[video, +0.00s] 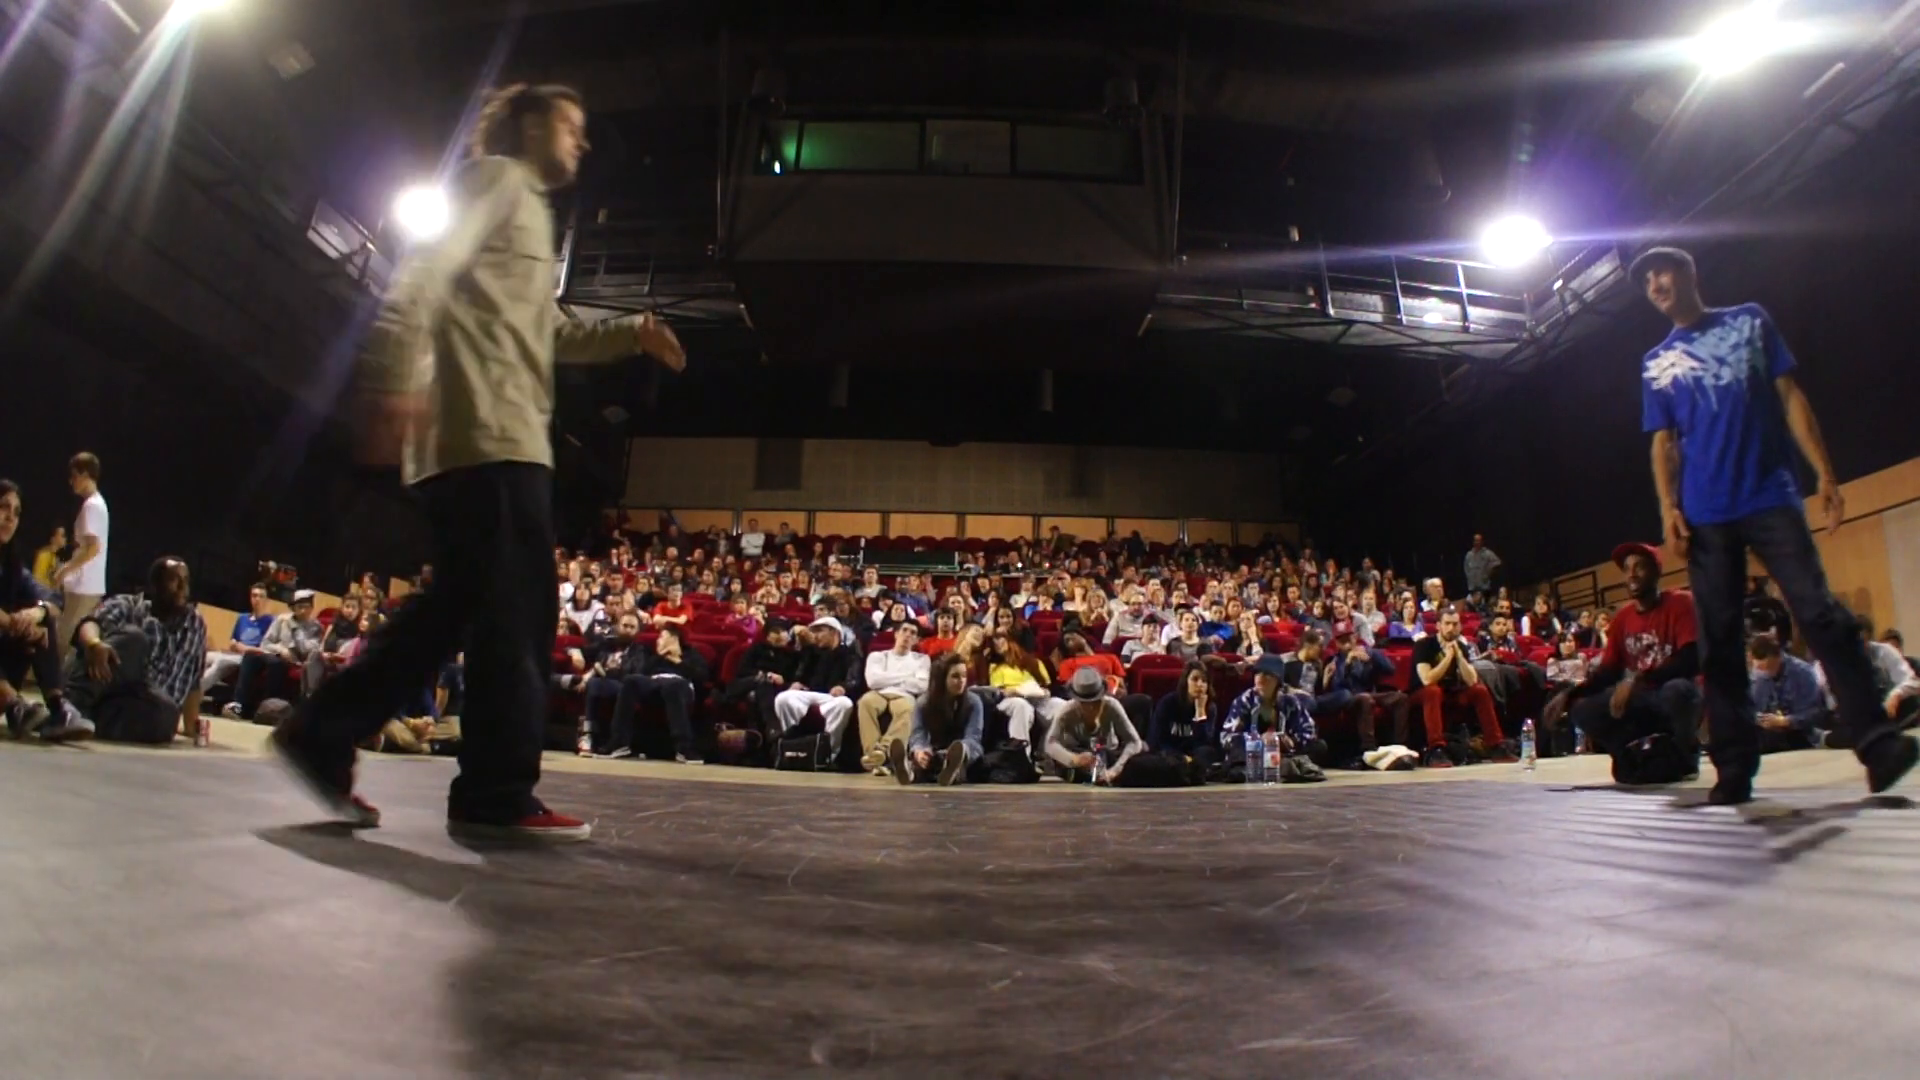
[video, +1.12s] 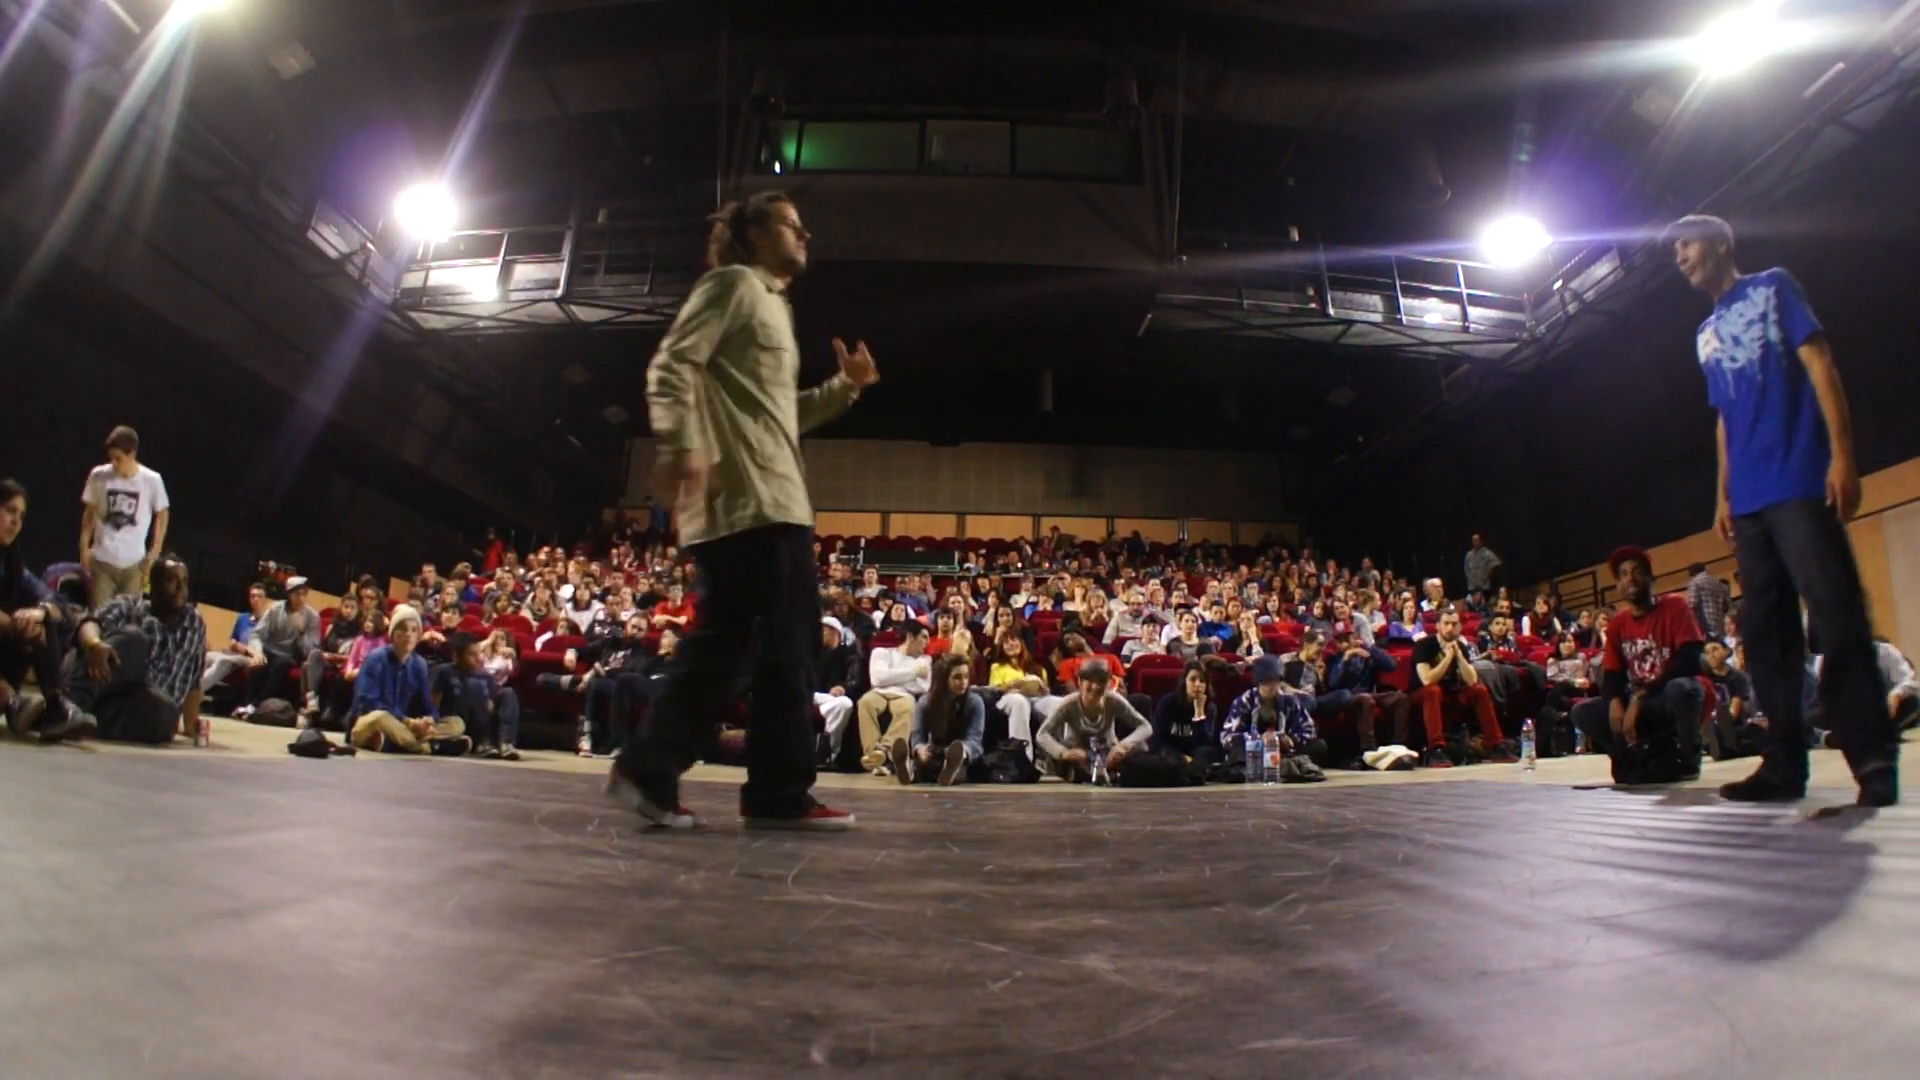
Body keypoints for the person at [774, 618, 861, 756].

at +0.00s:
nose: (816, 636)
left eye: (820, 631)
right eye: (815, 632)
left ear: (834, 633)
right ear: (812, 634)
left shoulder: (848, 654)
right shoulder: (812, 653)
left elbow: (853, 680)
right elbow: (802, 675)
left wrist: (842, 687)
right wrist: (798, 684)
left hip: (831, 695)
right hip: (808, 692)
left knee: (844, 704)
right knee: (783, 700)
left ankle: (828, 755)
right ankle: (794, 750)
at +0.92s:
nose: (817, 635)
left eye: (821, 630)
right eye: (816, 631)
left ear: (833, 632)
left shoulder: (848, 654)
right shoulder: (813, 652)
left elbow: (853, 681)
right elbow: (801, 674)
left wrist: (843, 688)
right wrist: (797, 683)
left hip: (830, 694)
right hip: (808, 692)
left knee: (844, 704)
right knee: (791, 698)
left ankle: (829, 753)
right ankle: (785, 747)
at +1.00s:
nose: (818, 635)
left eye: (822, 631)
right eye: (818, 631)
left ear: (834, 633)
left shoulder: (848, 653)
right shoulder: (815, 653)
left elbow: (854, 679)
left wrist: (842, 687)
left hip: (834, 694)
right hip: (816, 693)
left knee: (844, 704)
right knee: (843, 704)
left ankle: (828, 752)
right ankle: (829, 753)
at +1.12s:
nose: (822, 634)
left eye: (825, 630)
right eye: (821, 630)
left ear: (835, 634)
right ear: (821, 633)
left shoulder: (848, 653)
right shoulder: (816, 653)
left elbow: (854, 680)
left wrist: (843, 687)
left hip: (834, 695)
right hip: (814, 693)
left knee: (845, 704)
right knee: (842, 704)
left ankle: (828, 752)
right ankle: (830, 754)